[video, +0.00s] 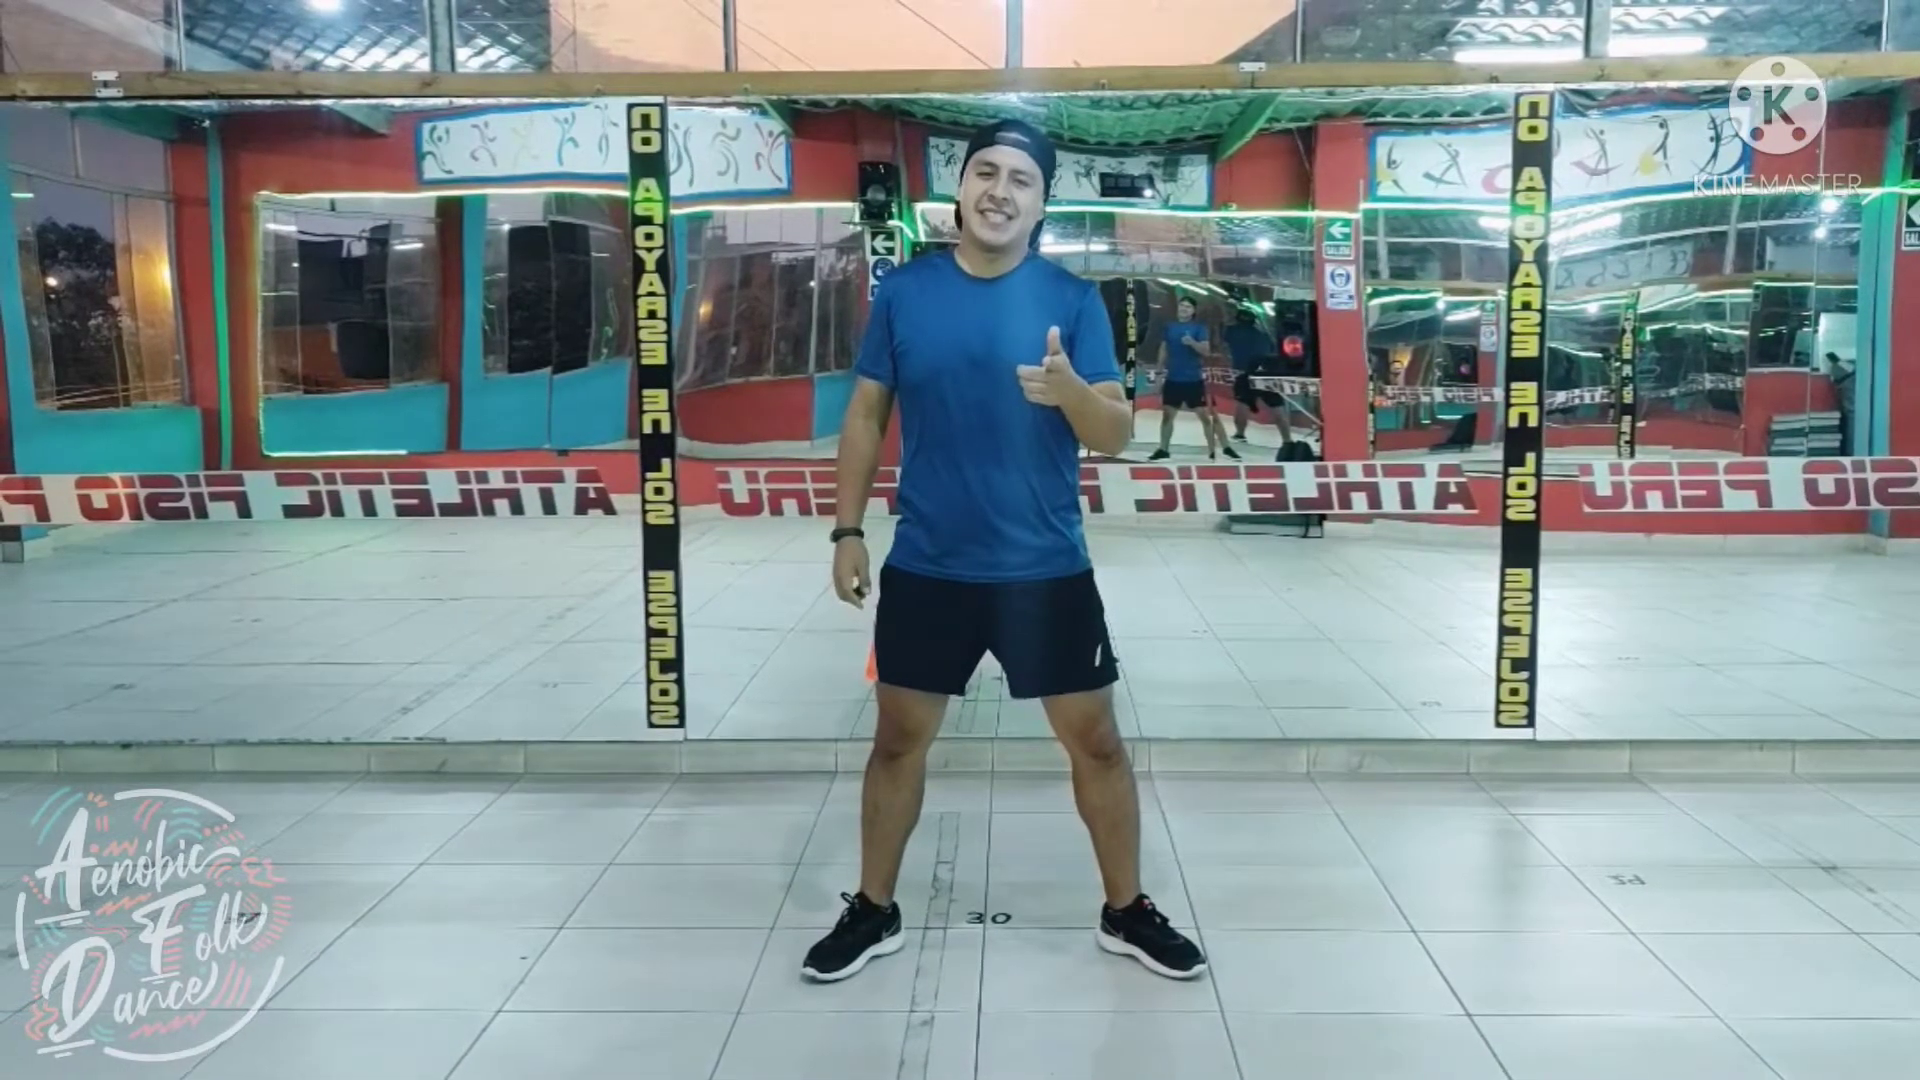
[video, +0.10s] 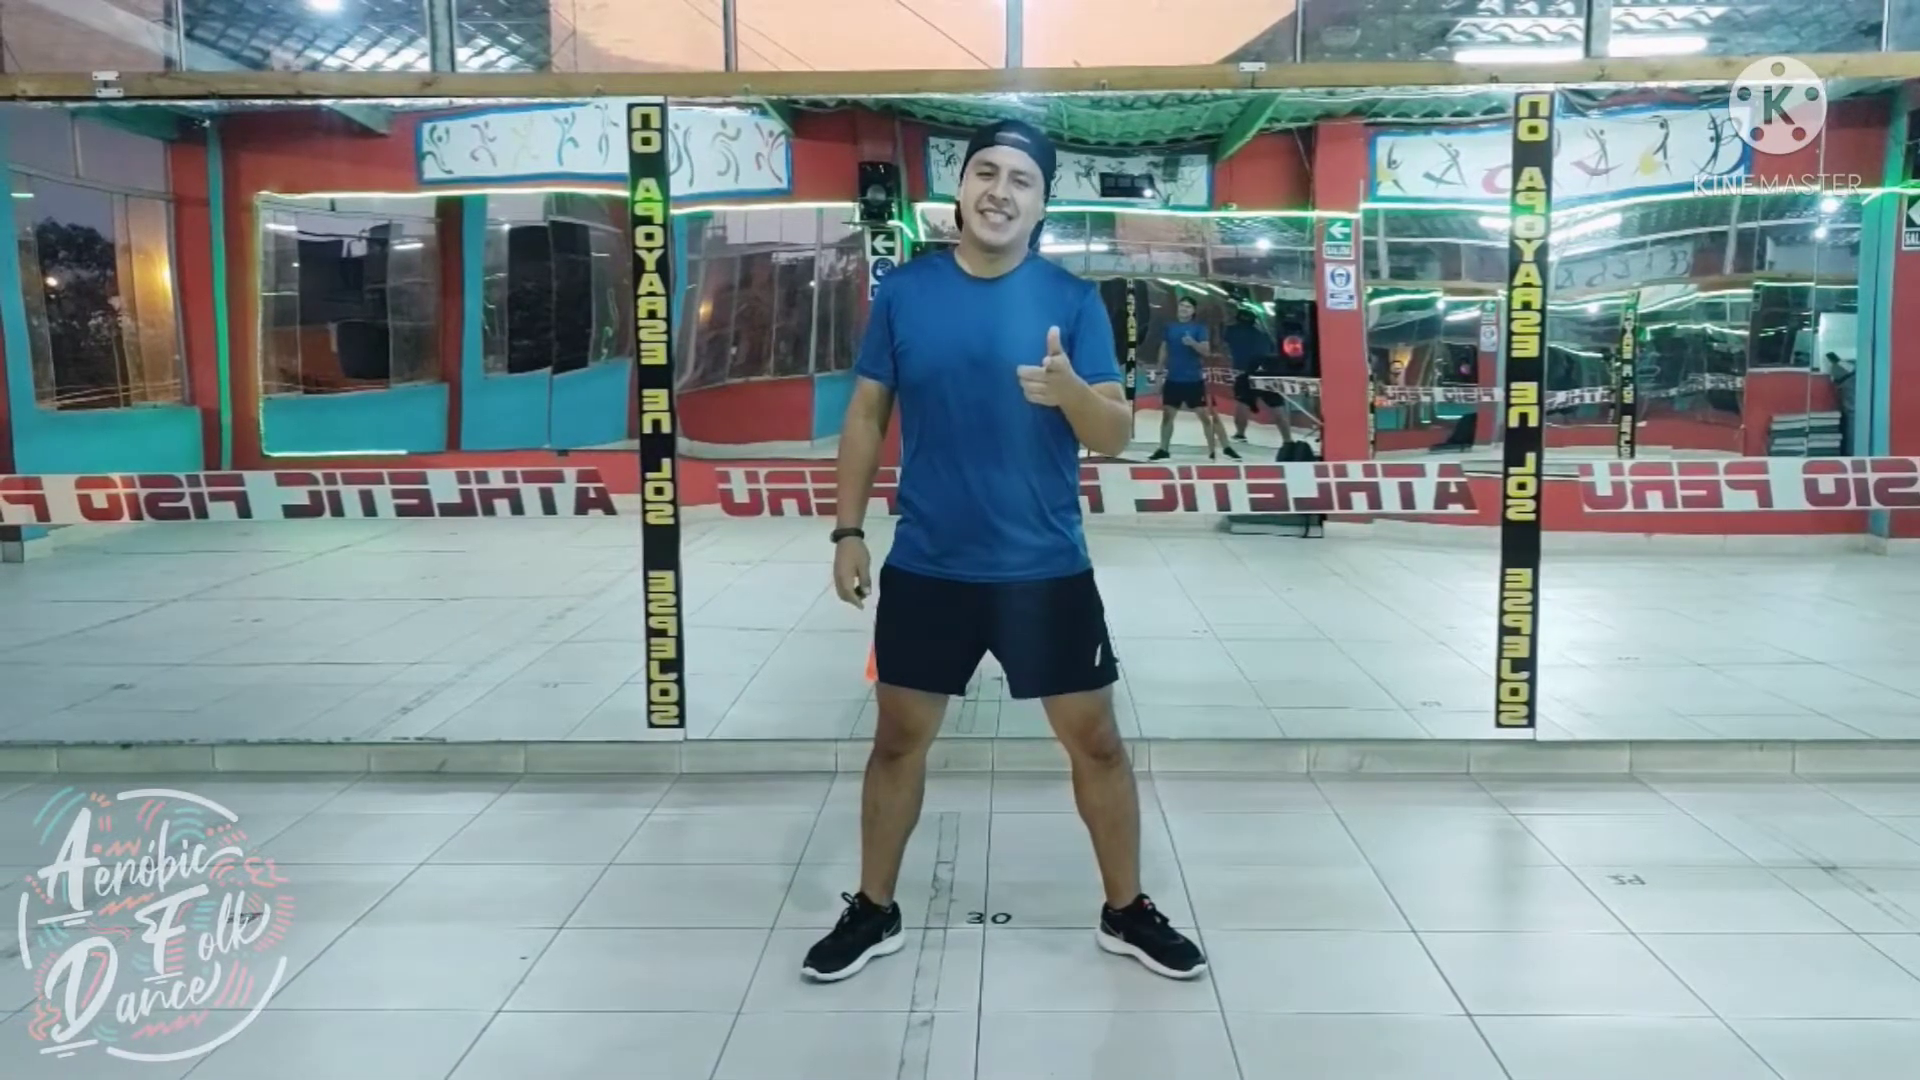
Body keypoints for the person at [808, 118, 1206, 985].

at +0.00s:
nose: (1000, 190)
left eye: (1020, 181)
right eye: (986, 174)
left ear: (1042, 206)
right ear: (957, 190)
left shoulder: (1072, 299)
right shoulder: (903, 292)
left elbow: (1113, 435)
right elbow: (867, 411)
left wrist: (1074, 398)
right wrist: (849, 527)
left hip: (1045, 564)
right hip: (929, 560)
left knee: (1096, 742)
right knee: (896, 738)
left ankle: (1126, 906)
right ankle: (873, 905)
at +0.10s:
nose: (1000, 190)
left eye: (1020, 182)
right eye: (986, 175)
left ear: (1042, 207)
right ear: (958, 191)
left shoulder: (1072, 300)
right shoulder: (903, 292)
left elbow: (1113, 436)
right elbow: (867, 411)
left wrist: (1074, 398)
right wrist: (850, 527)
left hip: (1045, 564)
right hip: (929, 560)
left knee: (1096, 742)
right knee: (897, 738)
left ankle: (1126, 906)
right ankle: (873, 905)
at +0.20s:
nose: (999, 192)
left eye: (1020, 183)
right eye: (986, 175)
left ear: (1042, 207)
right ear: (958, 190)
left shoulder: (1072, 299)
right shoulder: (903, 292)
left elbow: (1113, 436)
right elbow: (867, 410)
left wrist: (1074, 400)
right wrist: (850, 527)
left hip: (1045, 564)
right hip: (929, 560)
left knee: (1096, 742)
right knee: (896, 738)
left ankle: (1126, 906)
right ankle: (873, 905)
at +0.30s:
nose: (999, 195)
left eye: (1020, 184)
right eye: (985, 177)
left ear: (1042, 206)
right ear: (958, 191)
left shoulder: (1071, 299)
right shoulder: (903, 292)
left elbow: (1115, 435)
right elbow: (867, 410)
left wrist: (1077, 403)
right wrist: (849, 527)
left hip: (1044, 564)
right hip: (928, 560)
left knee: (1095, 742)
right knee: (896, 739)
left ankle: (1126, 906)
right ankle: (874, 904)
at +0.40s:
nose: (998, 201)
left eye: (1019, 189)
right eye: (984, 182)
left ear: (1041, 208)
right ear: (956, 193)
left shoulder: (1070, 300)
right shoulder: (901, 292)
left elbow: (1115, 407)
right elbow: (864, 409)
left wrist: (1099, 428)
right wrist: (847, 528)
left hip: (1041, 565)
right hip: (925, 560)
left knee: (1095, 742)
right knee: (895, 736)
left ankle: (1127, 906)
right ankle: (874, 905)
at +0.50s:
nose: (997, 207)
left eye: (1017, 195)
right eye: (984, 187)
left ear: (1039, 214)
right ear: (956, 195)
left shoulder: (1066, 304)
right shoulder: (898, 291)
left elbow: (1109, 412)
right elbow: (858, 407)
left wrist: (1123, 509)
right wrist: (842, 526)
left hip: (1033, 563)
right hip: (918, 557)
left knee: (1093, 739)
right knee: (890, 735)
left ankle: (1127, 906)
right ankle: (874, 905)